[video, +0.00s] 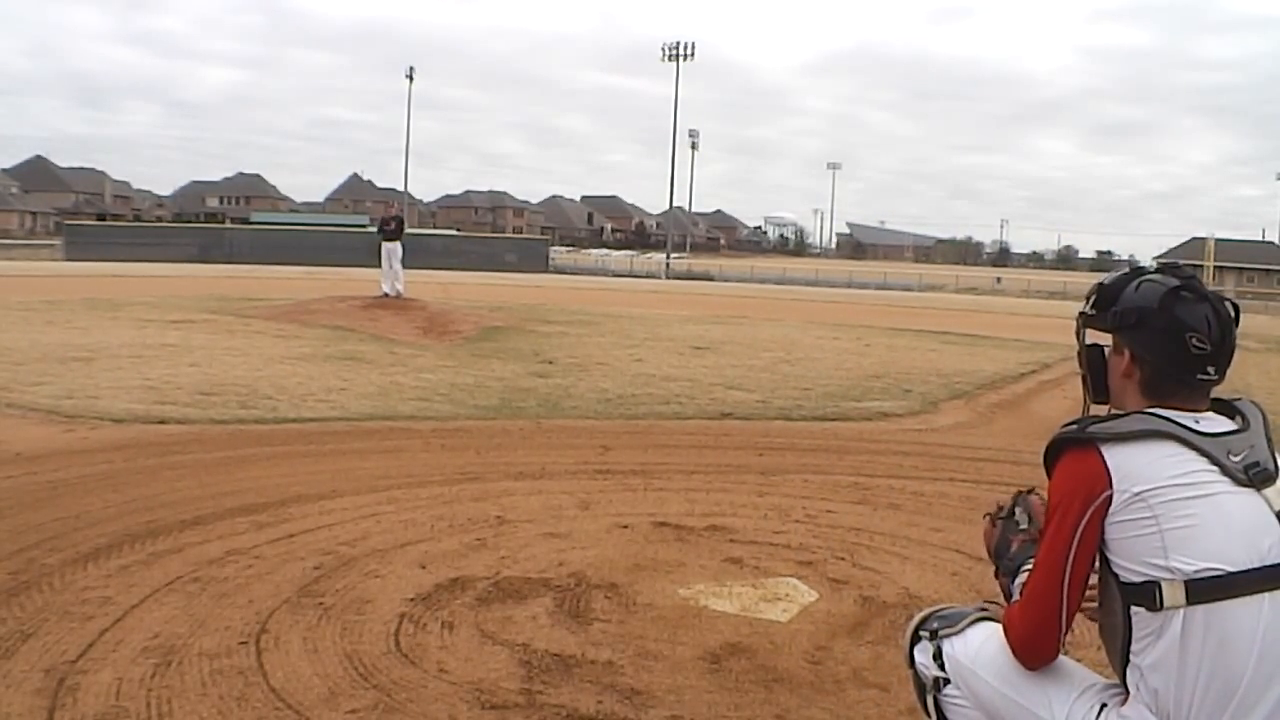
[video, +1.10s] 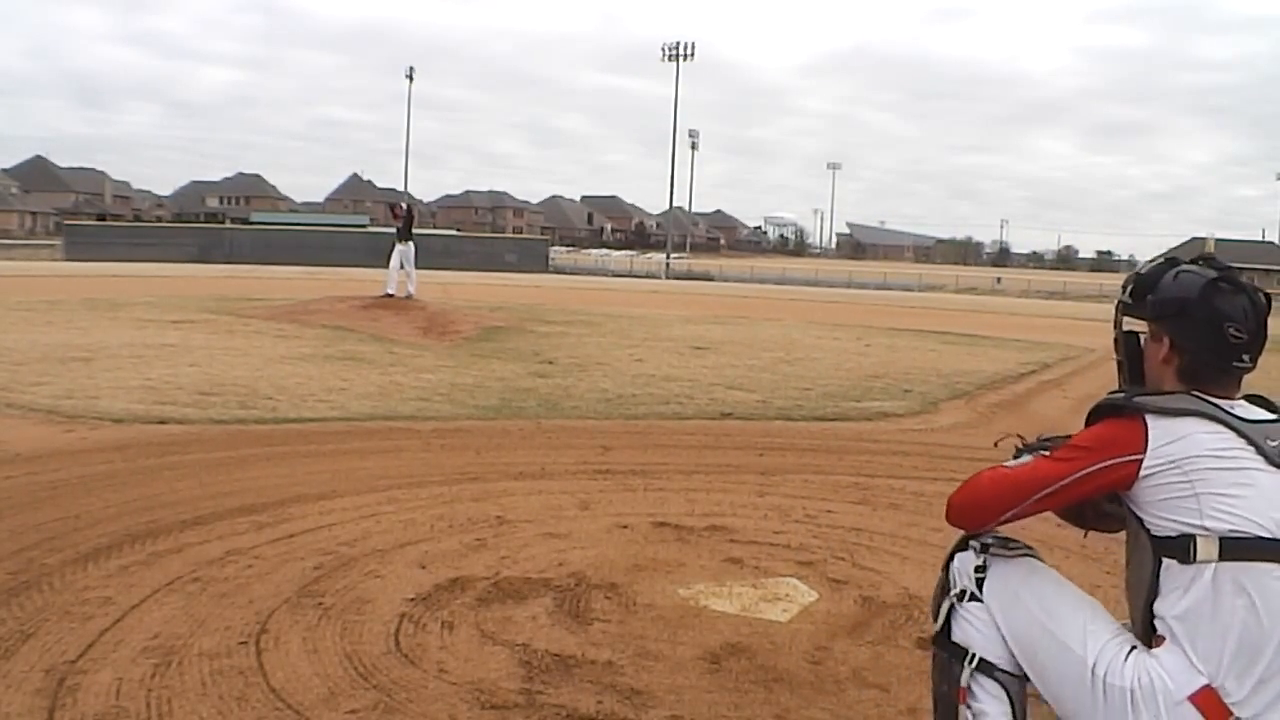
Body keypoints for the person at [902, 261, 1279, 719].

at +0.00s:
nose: (1103, 360)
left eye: (1108, 348)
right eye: (1106, 346)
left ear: (1126, 362)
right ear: (1208, 366)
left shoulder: (1099, 456)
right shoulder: (1252, 433)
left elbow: (1033, 648)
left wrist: (1021, 561)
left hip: (1163, 717)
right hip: (1262, 708)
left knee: (942, 641)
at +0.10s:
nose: (1105, 360)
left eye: (1110, 348)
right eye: (1109, 346)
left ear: (1127, 363)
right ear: (1210, 367)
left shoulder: (1100, 456)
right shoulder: (1253, 434)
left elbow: (1033, 649)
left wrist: (1030, 557)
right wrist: (1107, 606)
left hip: (1161, 717)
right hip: (1262, 709)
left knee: (943, 640)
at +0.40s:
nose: (1114, 361)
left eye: (1120, 348)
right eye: (1117, 347)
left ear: (1138, 364)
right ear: (1217, 369)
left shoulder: (1109, 458)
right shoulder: (1260, 436)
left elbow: (1039, 651)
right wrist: (1112, 591)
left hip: (1168, 716)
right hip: (1262, 709)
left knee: (945, 641)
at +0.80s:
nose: (1136, 356)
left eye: (1144, 344)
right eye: (1140, 343)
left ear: (1162, 358)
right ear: (1240, 368)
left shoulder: (1140, 448)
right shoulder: (1270, 438)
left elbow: (1016, 611)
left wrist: (1051, 525)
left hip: (1179, 711)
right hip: (1265, 707)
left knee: (955, 639)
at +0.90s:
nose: (1141, 353)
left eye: (1150, 341)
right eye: (1147, 340)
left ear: (1168, 353)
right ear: (1245, 366)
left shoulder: (1148, 444)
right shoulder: (1271, 435)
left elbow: (992, 568)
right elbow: (1151, 541)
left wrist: (1046, 504)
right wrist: (1060, 511)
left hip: (1179, 711)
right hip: (1265, 707)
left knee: (963, 627)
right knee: (1142, 640)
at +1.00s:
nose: (1147, 351)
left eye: (1154, 339)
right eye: (1151, 338)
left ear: (1171, 352)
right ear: (1246, 360)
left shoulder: (1149, 437)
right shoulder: (1272, 429)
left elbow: (977, 529)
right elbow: (1123, 527)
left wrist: (1047, 480)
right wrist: (1059, 485)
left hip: (1180, 708)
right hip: (1268, 703)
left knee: (974, 590)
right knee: (1133, 640)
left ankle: (1018, 709)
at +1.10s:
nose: (1140, 347)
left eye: (1148, 335)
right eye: (1145, 334)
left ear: (1164, 348)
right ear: (1238, 356)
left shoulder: (1146, 432)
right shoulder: (1269, 425)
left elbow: (964, 508)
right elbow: (1111, 513)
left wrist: (1034, 462)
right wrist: (1060, 475)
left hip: (1187, 706)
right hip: (1269, 704)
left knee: (978, 566)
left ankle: (984, 710)